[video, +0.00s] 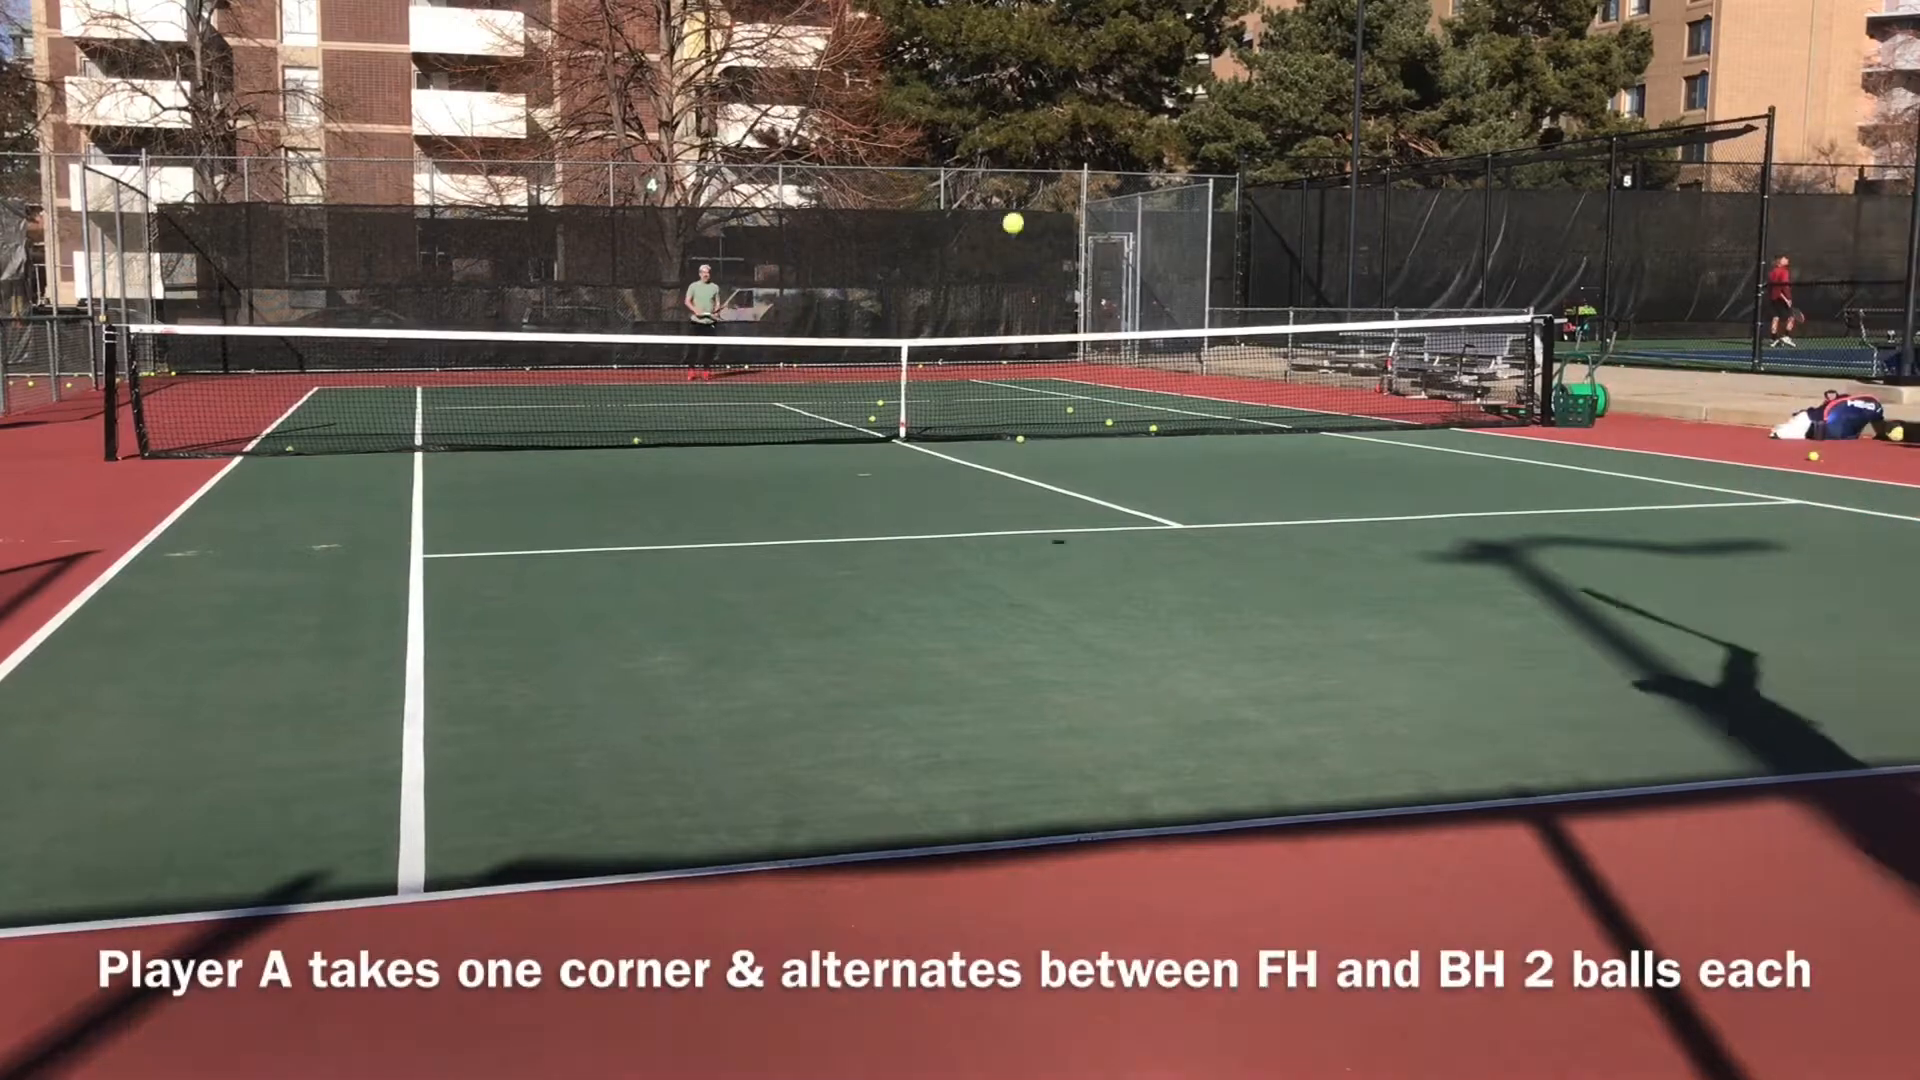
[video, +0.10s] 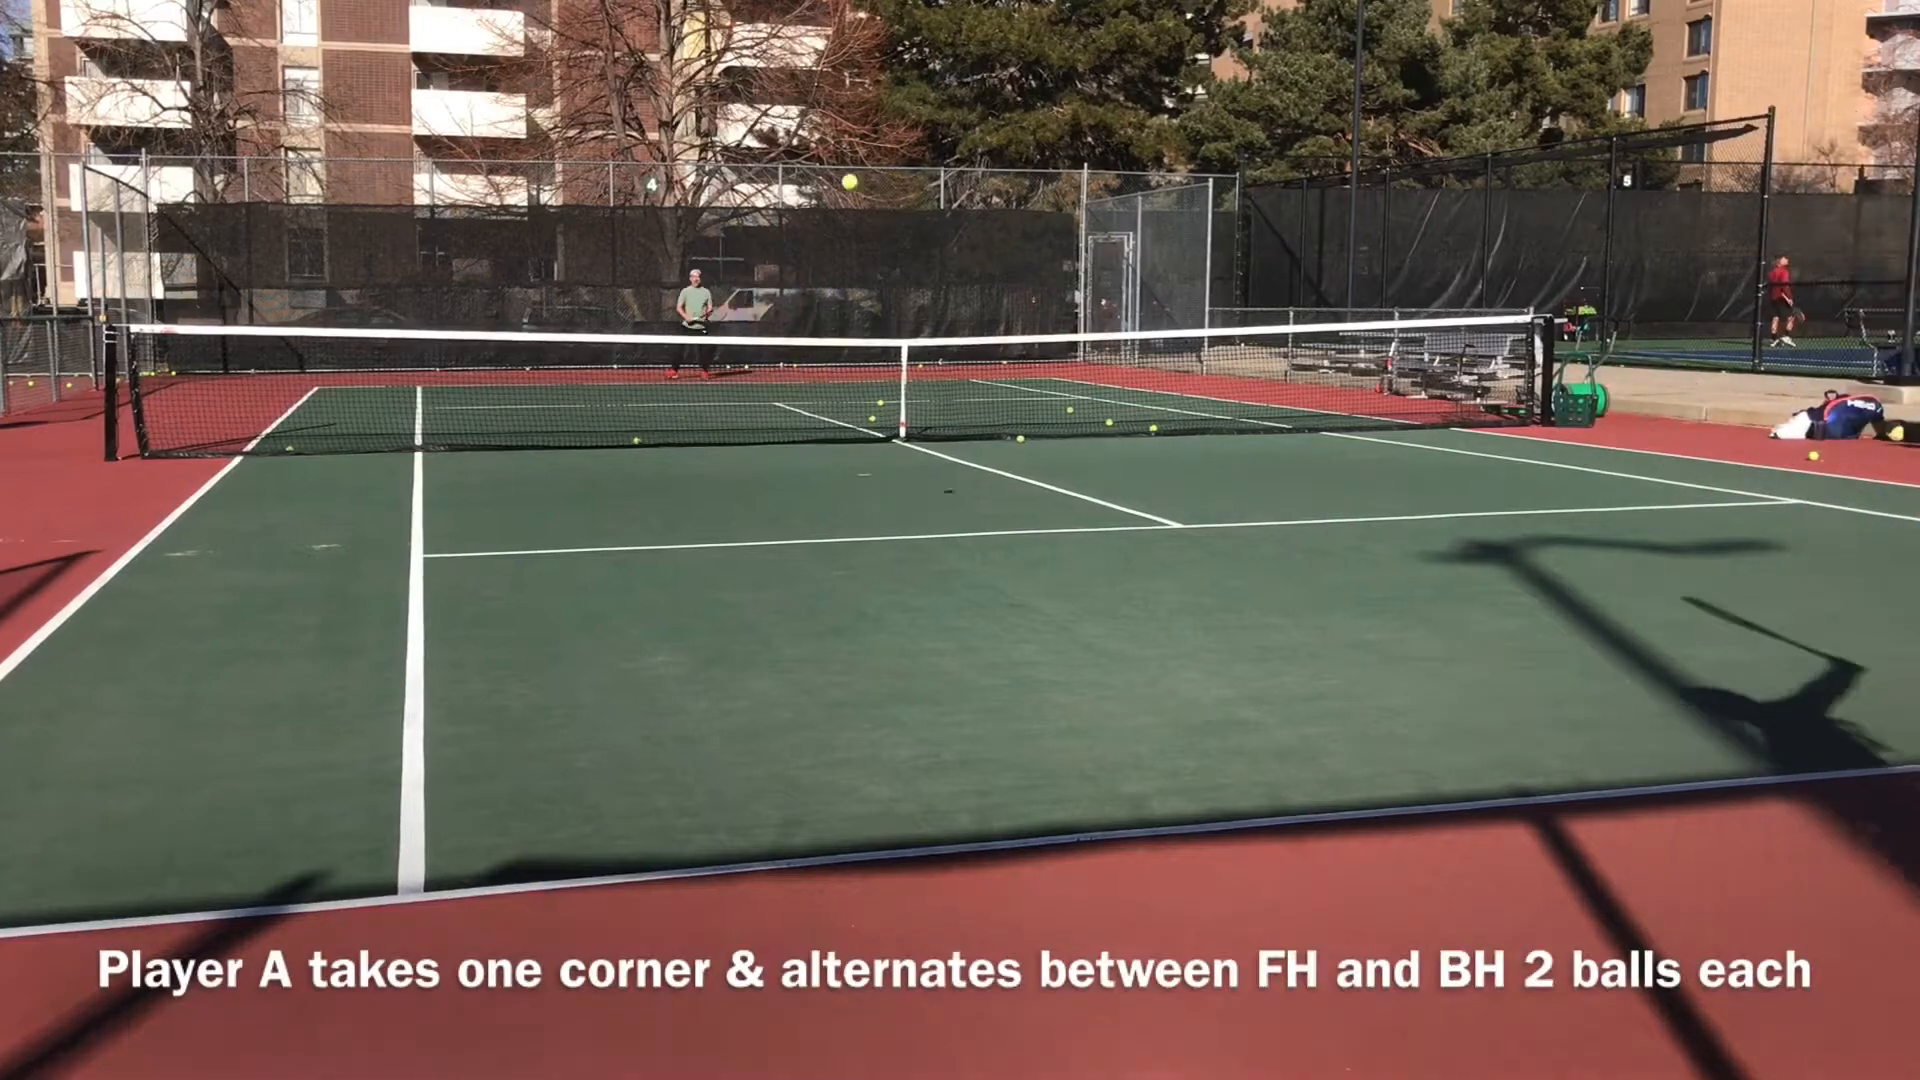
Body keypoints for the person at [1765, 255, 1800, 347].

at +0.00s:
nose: (1787, 261)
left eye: (1786, 259)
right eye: (1784, 259)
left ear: (1777, 262)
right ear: (1779, 261)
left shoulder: (1772, 272)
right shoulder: (1784, 271)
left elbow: (1771, 285)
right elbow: (1785, 285)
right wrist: (1788, 298)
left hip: (1773, 297)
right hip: (1782, 297)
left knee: (1775, 317)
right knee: (1791, 316)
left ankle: (1774, 337)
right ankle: (1786, 335)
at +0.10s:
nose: (1787, 261)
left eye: (1786, 259)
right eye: (1784, 259)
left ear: (1777, 262)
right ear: (1780, 261)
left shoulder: (1772, 271)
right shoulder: (1784, 271)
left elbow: (1770, 284)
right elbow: (1785, 285)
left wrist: (1772, 294)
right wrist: (1789, 297)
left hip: (1773, 297)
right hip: (1782, 296)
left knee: (1775, 317)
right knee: (1791, 316)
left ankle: (1774, 337)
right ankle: (1786, 335)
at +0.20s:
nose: (1786, 261)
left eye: (1786, 259)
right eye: (1784, 259)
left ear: (1777, 262)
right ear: (1779, 261)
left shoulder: (1772, 272)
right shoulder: (1784, 271)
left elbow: (1770, 284)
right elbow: (1785, 285)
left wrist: (1773, 294)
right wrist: (1791, 297)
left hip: (1773, 297)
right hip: (1782, 297)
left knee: (1775, 317)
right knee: (1790, 316)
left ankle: (1774, 338)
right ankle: (1786, 336)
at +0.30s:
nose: (1786, 261)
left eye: (1786, 259)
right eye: (1784, 259)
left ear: (1776, 261)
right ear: (1779, 261)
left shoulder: (1771, 271)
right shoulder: (1783, 270)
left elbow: (1770, 284)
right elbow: (1785, 284)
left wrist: (1773, 294)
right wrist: (1791, 297)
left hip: (1773, 297)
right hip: (1782, 296)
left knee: (1776, 316)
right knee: (1790, 316)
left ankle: (1773, 337)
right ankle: (1785, 336)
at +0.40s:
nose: (1786, 261)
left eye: (1785, 259)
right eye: (1784, 259)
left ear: (1776, 262)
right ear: (1778, 261)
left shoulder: (1772, 271)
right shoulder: (1783, 271)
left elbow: (1771, 284)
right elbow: (1785, 284)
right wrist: (1792, 296)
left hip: (1773, 297)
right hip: (1782, 296)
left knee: (1776, 316)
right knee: (1789, 315)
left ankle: (1773, 337)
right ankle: (1783, 337)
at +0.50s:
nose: (1786, 261)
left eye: (1785, 259)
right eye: (1784, 259)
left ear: (1776, 262)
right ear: (1779, 261)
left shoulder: (1772, 271)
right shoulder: (1784, 270)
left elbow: (1770, 284)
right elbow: (1786, 284)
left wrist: (1773, 293)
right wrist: (1792, 296)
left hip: (1773, 297)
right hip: (1782, 296)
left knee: (1776, 316)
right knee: (1789, 315)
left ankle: (1774, 336)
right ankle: (1780, 334)